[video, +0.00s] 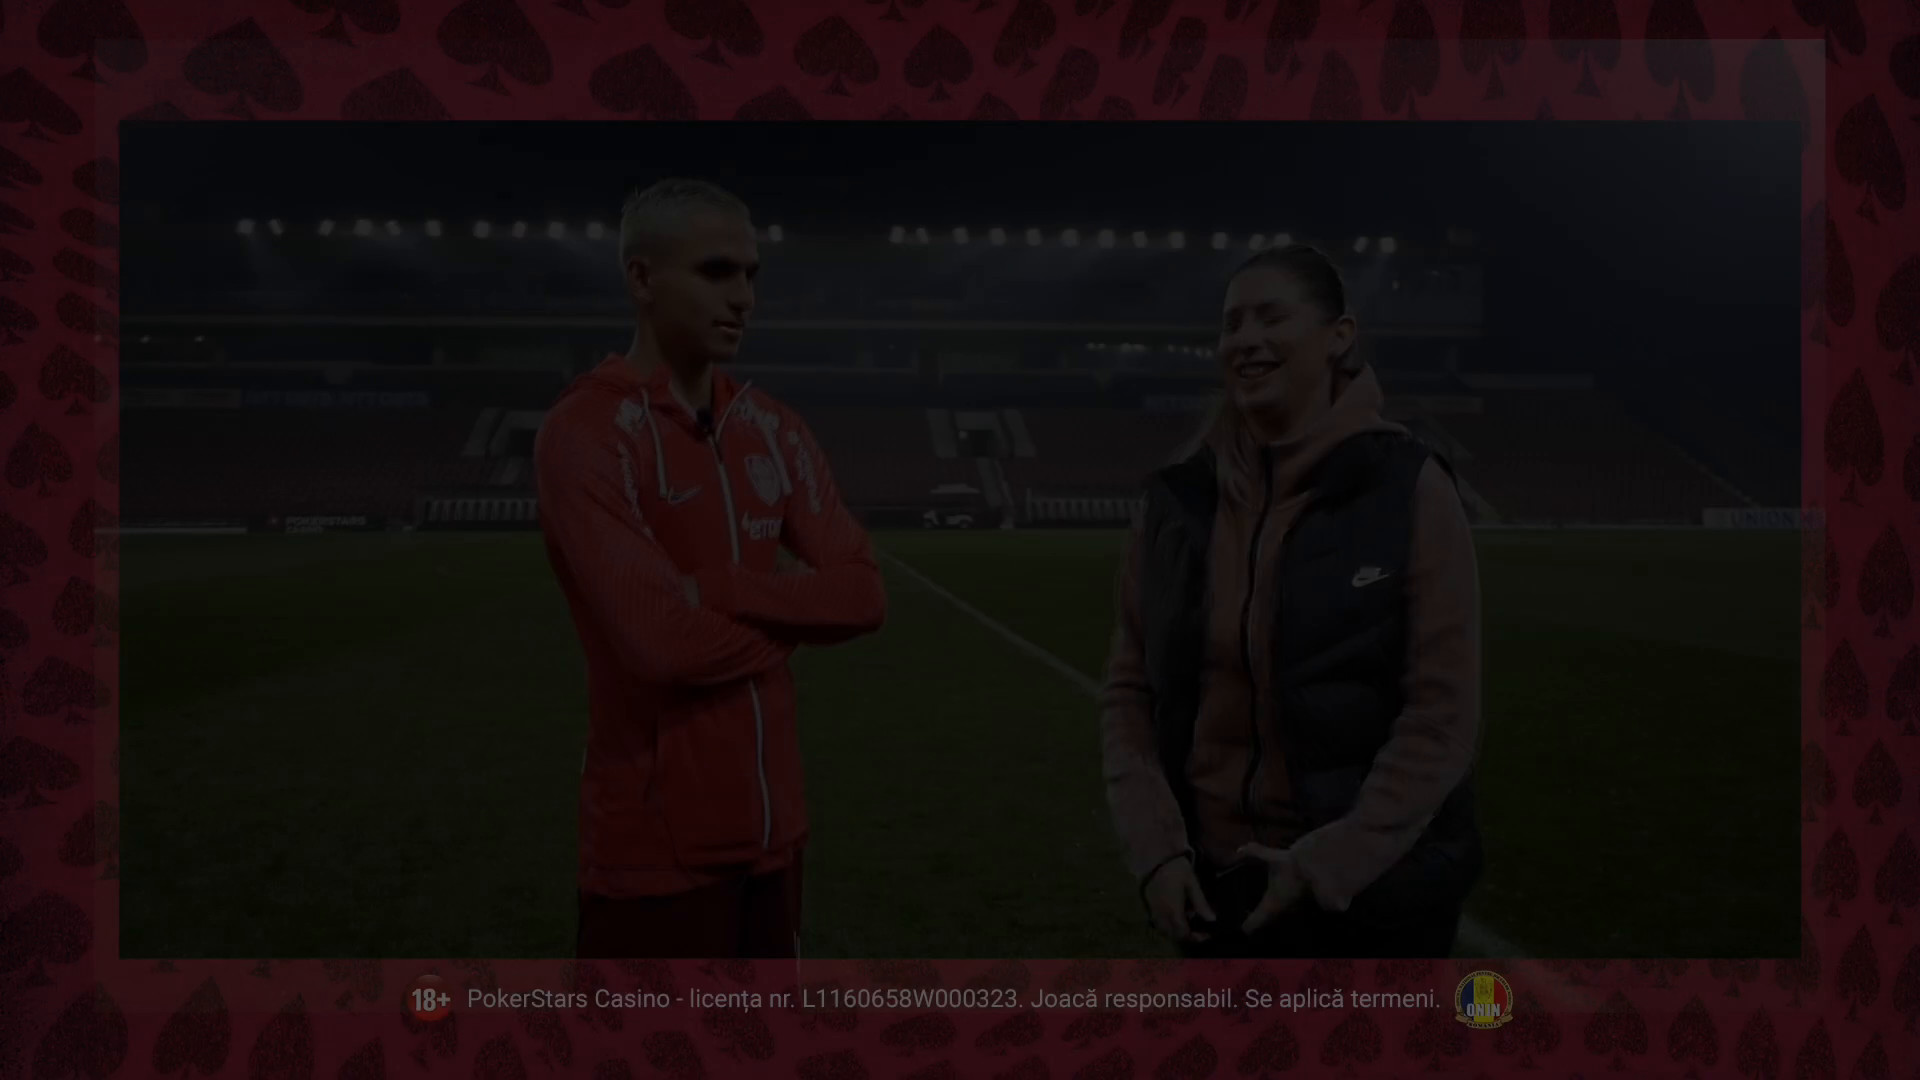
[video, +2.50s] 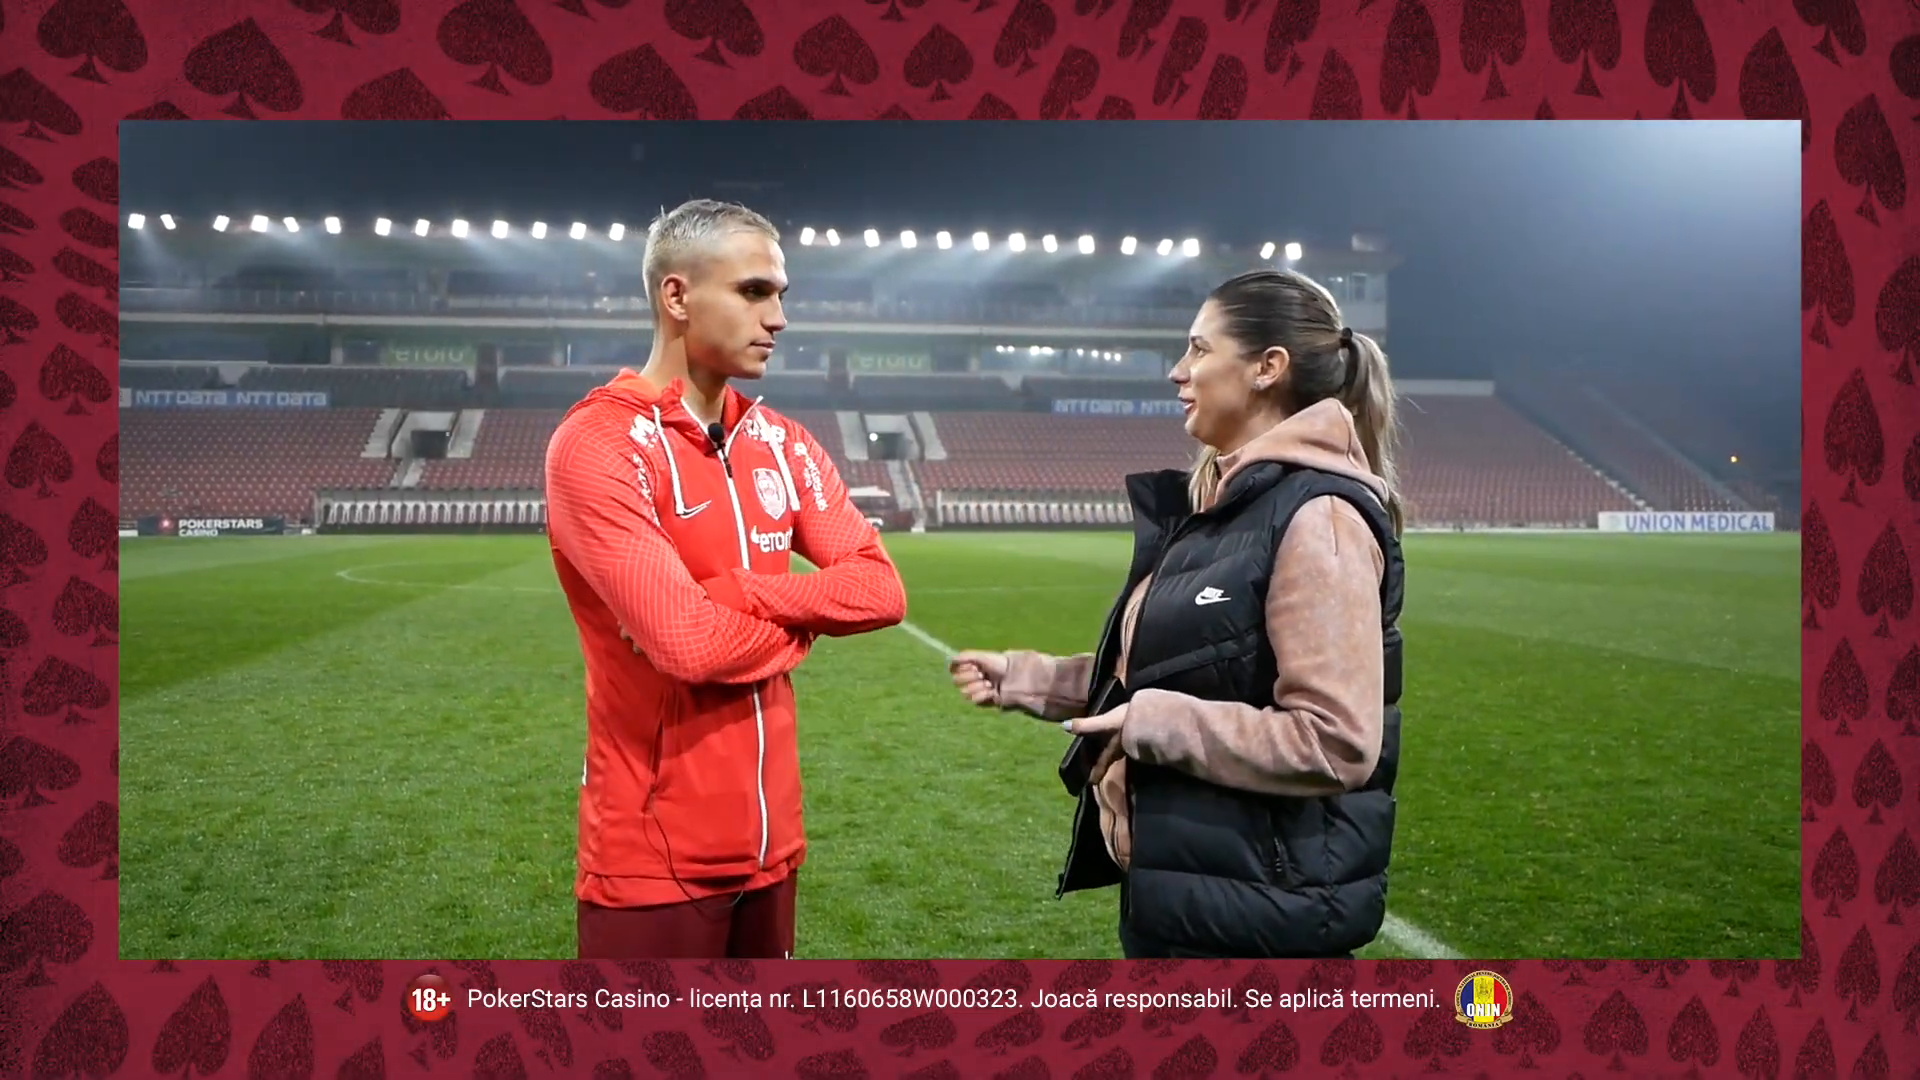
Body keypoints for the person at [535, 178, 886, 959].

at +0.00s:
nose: (741, 297)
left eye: (750, 276)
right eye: (717, 273)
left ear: (758, 281)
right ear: (642, 278)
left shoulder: (773, 427)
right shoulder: (584, 433)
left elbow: (861, 596)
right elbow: (658, 646)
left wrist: (713, 591)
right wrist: (791, 617)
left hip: (769, 821)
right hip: (651, 830)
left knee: (761, 1051)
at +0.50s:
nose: (732, 312)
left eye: (741, 289)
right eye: (708, 284)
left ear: (748, 287)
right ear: (630, 277)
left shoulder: (753, 429)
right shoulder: (563, 430)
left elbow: (847, 603)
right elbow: (651, 647)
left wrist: (703, 588)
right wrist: (775, 624)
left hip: (748, 835)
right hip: (630, 845)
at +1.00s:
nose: (740, 314)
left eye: (744, 290)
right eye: (715, 286)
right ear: (635, 285)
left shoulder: (744, 436)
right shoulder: (562, 438)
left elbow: (837, 607)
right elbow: (646, 659)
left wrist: (695, 600)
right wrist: (769, 627)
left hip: (741, 839)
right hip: (628, 853)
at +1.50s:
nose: (778, 333)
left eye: (778, 310)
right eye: (759, 304)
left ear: (690, 300)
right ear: (683, 296)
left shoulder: (710, 434)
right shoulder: (605, 431)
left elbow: (734, 621)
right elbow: (832, 531)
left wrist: (786, 680)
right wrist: (845, 343)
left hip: (735, 856)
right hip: (645, 870)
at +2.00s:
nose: (771, 314)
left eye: (772, 293)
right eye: (750, 287)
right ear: (671, 291)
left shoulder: (731, 442)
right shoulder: (608, 435)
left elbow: (761, 607)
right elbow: (745, 610)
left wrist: (810, 660)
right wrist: (882, 503)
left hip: (752, 847)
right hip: (659, 860)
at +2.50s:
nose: (779, 317)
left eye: (779, 295)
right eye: (754, 292)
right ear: (676, 296)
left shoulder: (784, 442)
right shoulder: (594, 445)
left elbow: (882, 589)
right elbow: (688, 647)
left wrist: (729, 592)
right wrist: (801, 627)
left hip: (768, 841)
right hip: (653, 850)